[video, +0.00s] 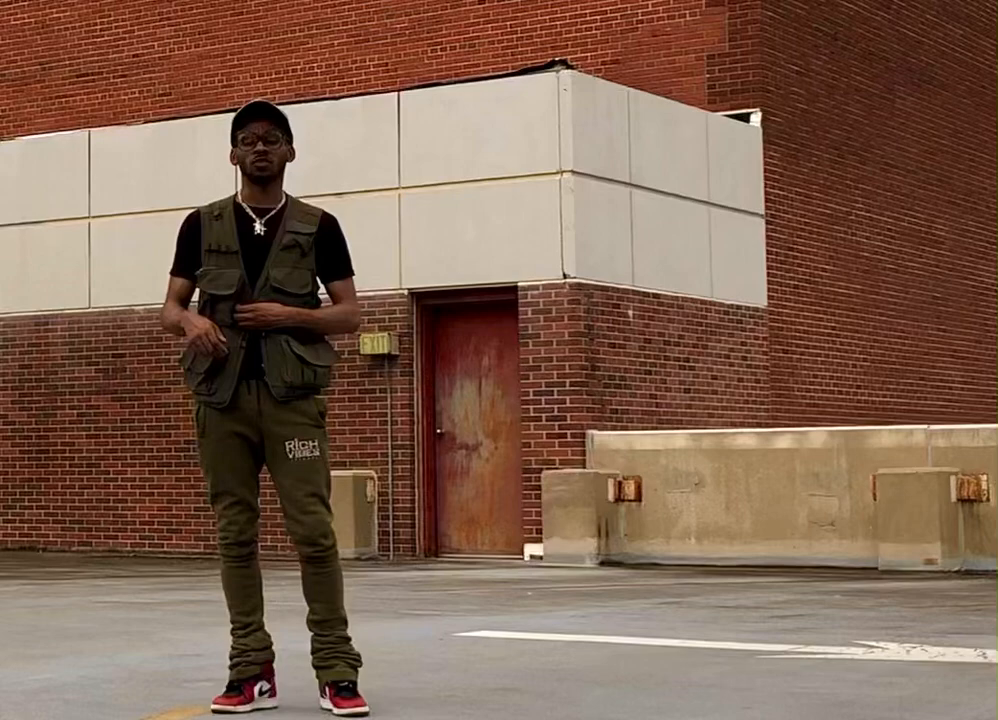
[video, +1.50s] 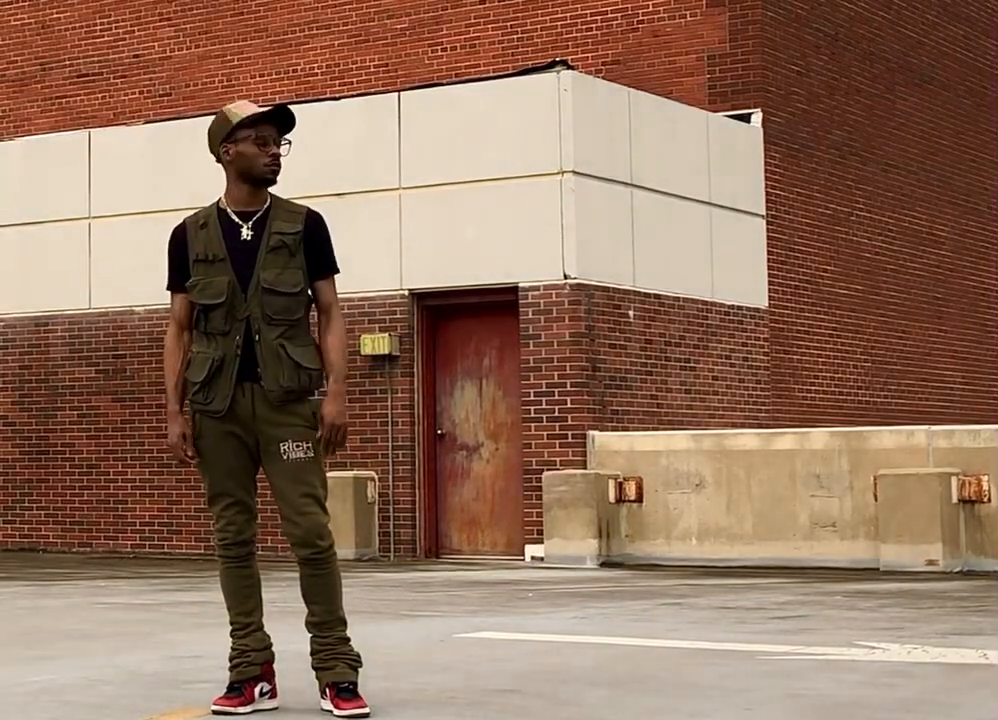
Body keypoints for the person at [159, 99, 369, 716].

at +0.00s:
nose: (261, 149)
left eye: (272, 141)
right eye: (250, 142)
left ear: (289, 151)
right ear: (234, 153)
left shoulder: (318, 226)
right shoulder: (202, 226)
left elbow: (349, 315)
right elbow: (172, 308)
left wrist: (286, 314)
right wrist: (189, 319)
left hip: (294, 402)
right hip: (222, 404)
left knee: (314, 536)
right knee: (236, 538)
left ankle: (337, 671)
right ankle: (250, 666)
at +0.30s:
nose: (250, 150)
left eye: (262, 142)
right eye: (240, 142)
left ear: (281, 154)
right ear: (225, 154)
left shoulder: (310, 226)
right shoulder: (194, 229)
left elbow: (345, 313)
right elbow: (177, 312)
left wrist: (273, 314)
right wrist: (164, 365)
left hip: (285, 402)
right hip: (213, 403)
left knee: (308, 537)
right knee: (232, 539)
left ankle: (335, 672)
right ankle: (250, 669)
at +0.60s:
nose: (246, 150)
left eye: (257, 142)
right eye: (236, 142)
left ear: (277, 154)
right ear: (221, 154)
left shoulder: (307, 226)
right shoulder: (193, 232)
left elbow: (353, 308)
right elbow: (178, 324)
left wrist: (286, 306)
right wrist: (167, 407)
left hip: (284, 402)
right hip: (212, 404)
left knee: (308, 538)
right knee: (232, 540)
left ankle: (336, 673)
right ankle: (250, 669)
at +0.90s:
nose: (246, 151)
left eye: (257, 142)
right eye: (236, 143)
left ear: (276, 154)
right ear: (220, 154)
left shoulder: (307, 226)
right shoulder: (193, 233)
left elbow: (350, 310)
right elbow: (181, 323)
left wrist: (287, 301)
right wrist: (173, 403)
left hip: (284, 403)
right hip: (212, 405)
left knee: (308, 538)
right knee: (232, 540)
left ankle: (336, 672)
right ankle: (249, 667)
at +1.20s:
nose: (257, 149)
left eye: (266, 141)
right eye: (244, 140)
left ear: (277, 152)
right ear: (220, 152)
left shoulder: (305, 226)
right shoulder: (191, 234)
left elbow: (332, 314)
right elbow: (178, 324)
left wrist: (305, 345)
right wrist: (168, 397)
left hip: (284, 403)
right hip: (213, 408)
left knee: (311, 538)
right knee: (233, 540)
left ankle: (336, 673)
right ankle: (250, 668)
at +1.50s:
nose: (275, 150)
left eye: (278, 141)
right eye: (261, 141)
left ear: (281, 152)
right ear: (227, 152)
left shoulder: (304, 225)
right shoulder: (189, 235)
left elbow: (331, 316)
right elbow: (178, 327)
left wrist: (336, 392)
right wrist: (175, 407)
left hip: (289, 403)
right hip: (215, 408)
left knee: (311, 539)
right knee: (233, 542)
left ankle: (337, 672)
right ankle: (250, 667)